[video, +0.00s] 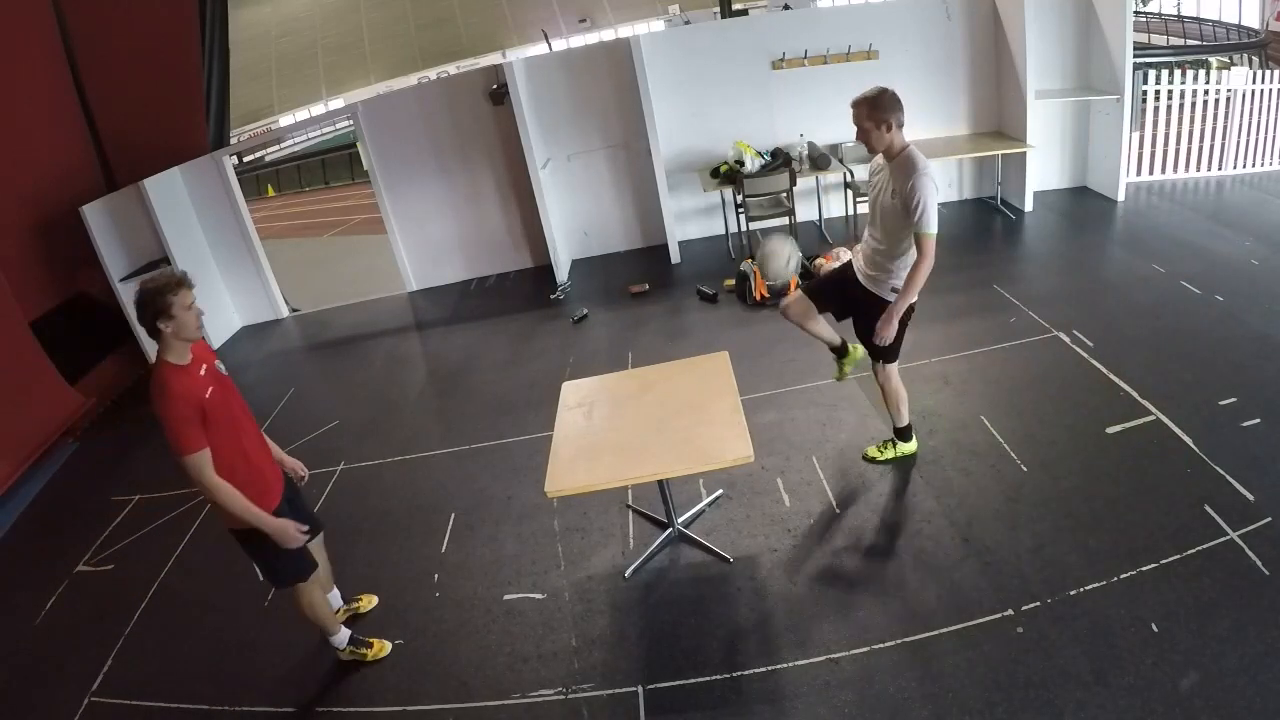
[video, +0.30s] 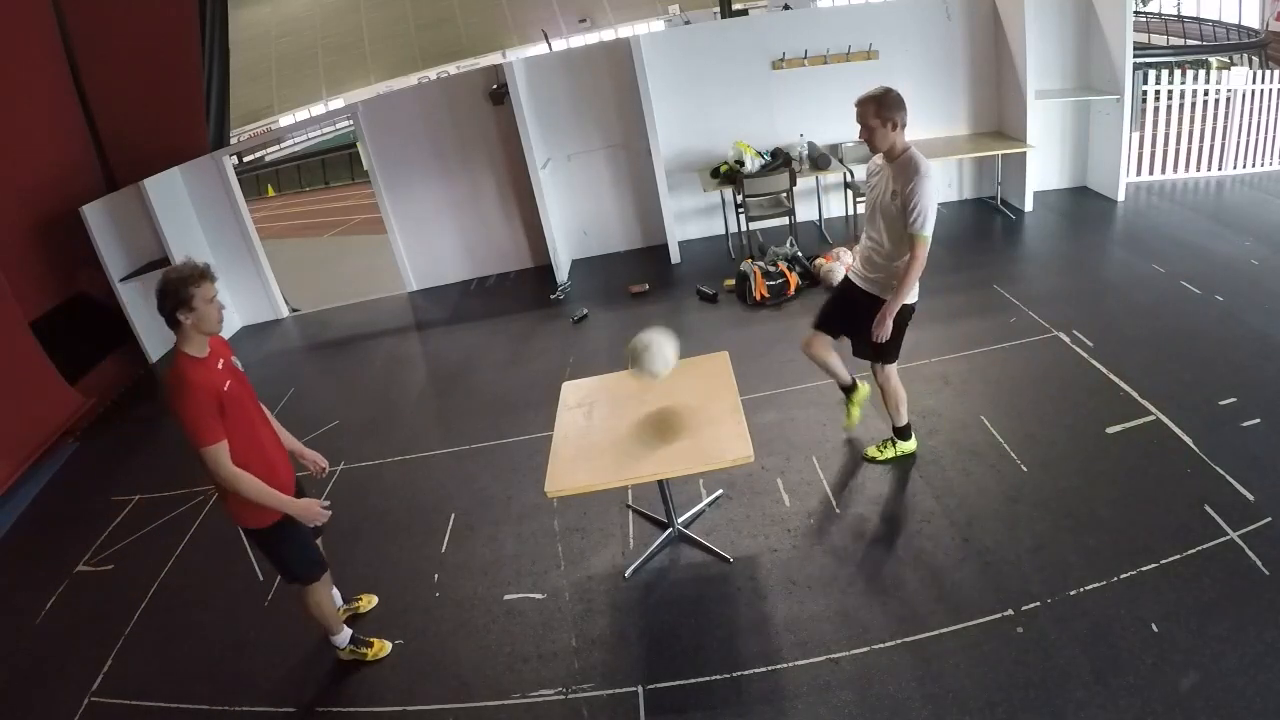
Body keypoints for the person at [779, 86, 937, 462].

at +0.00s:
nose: (857, 137)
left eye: (861, 128)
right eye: (856, 128)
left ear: (888, 125)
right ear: (887, 125)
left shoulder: (919, 180)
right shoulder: (880, 162)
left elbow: (927, 256)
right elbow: (880, 227)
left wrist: (895, 312)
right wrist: (852, 256)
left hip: (888, 292)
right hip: (857, 270)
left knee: (885, 371)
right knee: (793, 309)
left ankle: (904, 438)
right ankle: (844, 350)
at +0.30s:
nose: (861, 135)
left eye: (866, 127)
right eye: (860, 126)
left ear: (892, 125)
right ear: (883, 125)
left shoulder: (918, 177)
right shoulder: (877, 164)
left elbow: (919, 254)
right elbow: (878, 227)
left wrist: (891, 309)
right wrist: (855, 258)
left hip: (892, 294)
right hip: (859, 279)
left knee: (883, 369)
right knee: (815, 345)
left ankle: (903, 438)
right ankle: (853, 388)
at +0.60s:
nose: (855, 136)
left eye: (861, 128)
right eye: (852, 128)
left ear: (887, 126)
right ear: (871, 128)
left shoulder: (918, 176)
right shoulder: (865, 173)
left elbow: (942, 246)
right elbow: (856, 225)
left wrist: (920, 306)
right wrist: (827, 265)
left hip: (915, 291)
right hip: (883, 282)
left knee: (884, 371)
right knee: (869, 355)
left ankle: (905, 445)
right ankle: (884, 410)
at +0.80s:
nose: (870, 137)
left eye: (876, 129)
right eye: (868, 129)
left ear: (903, 128)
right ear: (882, 130)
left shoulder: (935, 178)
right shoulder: (882, 172)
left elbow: (959, 251)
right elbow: (879, 224)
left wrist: (935, 310)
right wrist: (848, 270)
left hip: (931, 297)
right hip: (896, 287)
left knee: (927, 385)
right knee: (882, 353)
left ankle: (980, 453)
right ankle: (882, 412)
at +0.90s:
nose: (883, 141)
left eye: (889, 134)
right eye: (882, 133)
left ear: (917, 134)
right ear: (904, 135)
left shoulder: (950, 187)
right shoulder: (898, 180)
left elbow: (969, 260)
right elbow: (893, 231)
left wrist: (939, 314)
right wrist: (870, 279)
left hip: (947, 304)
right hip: (908, 292)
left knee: (957, 391)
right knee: (887, 358)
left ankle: (1009, 459)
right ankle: (882, 411)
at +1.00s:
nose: (901, 149)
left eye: (909, 141)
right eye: (900, 140)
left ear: (936, 142)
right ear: (905, 142)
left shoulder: (967, 195)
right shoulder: (912, 187)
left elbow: (982, 274)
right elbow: (911, 244)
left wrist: (946, 323)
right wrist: (897, 291)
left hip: (967, 311)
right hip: (925, 299)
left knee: (979, 394)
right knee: (900, 361)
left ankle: (1012, 462)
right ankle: (883, 412)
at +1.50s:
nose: (923, 141)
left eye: (932, 134)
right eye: (922, 132)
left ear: (962, 138)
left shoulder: (990, 192)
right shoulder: (939, 179)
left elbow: (1016, 271)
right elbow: (945, 241)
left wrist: (1028, 340)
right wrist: (932, 290)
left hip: (990, 312)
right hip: (952, 300)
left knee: (1000, 392)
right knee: (943, 365)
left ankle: (1015, 464)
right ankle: (950, 427)